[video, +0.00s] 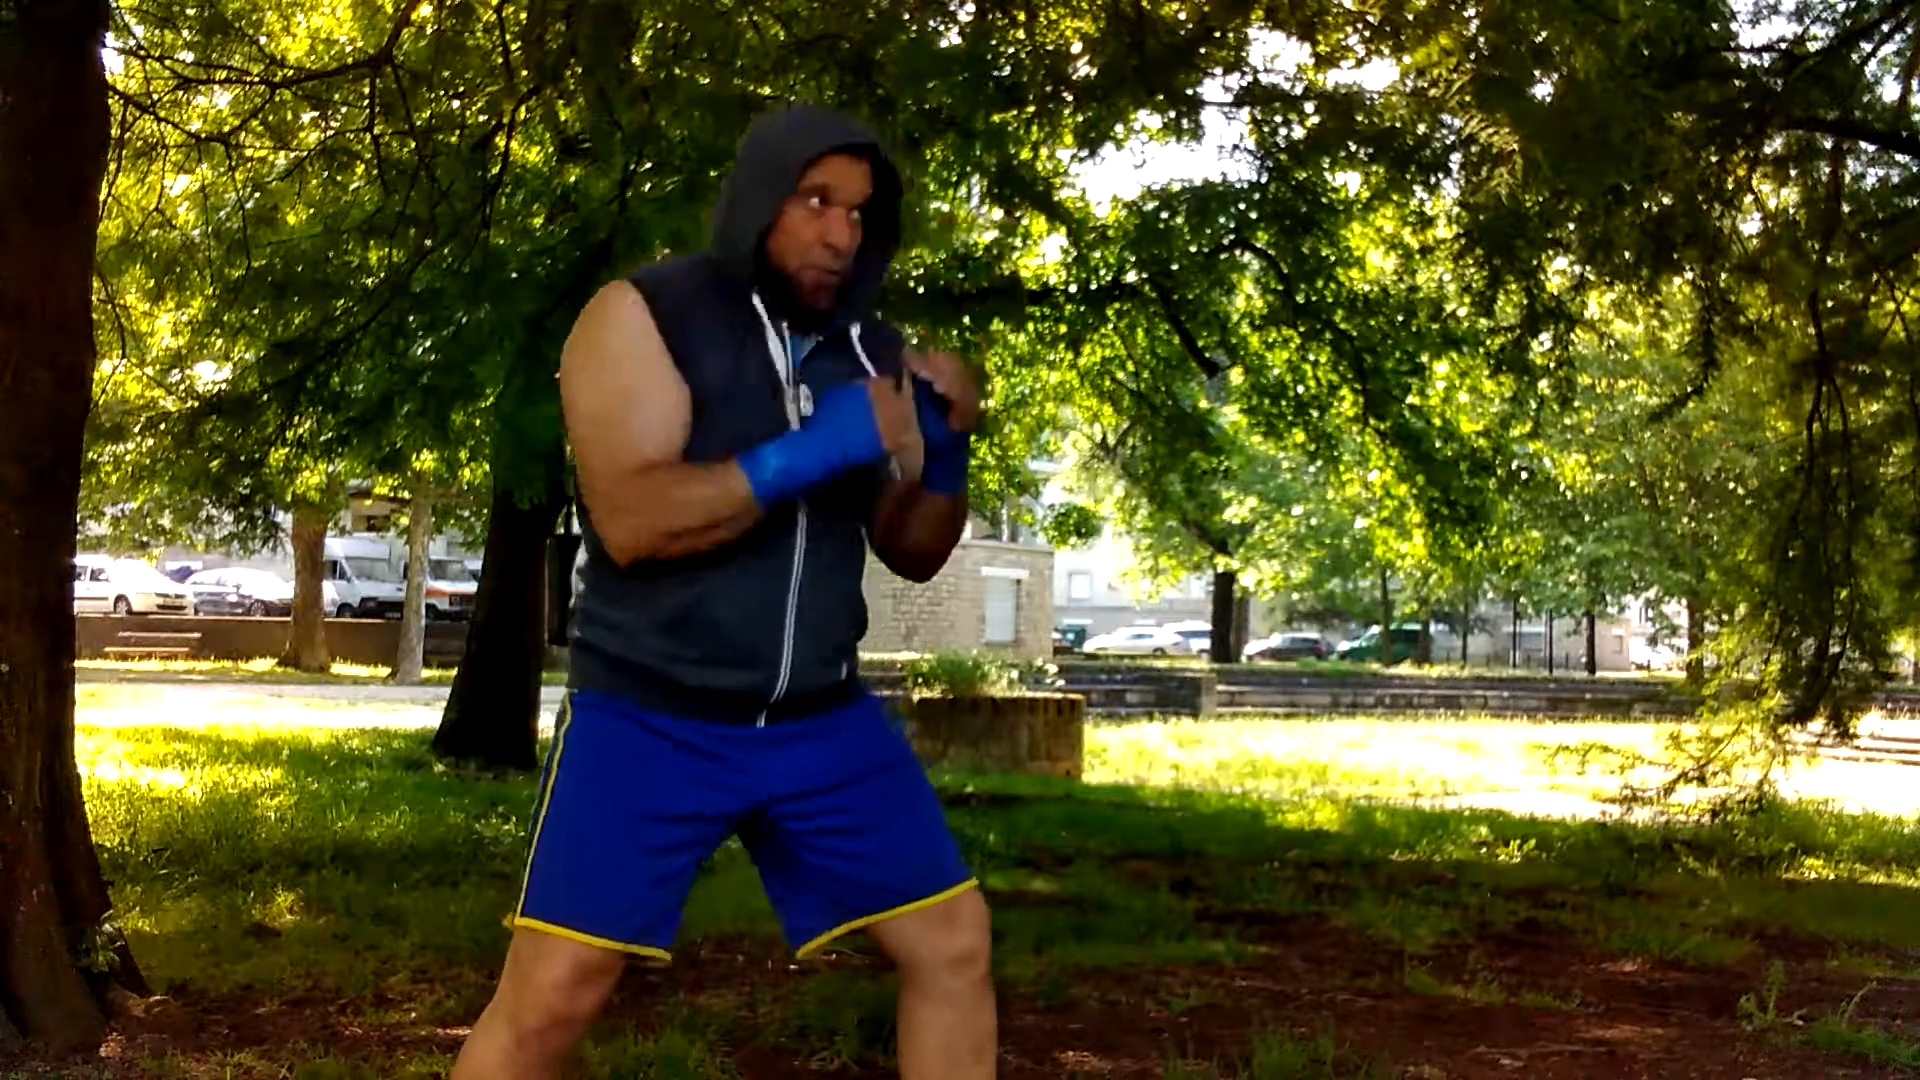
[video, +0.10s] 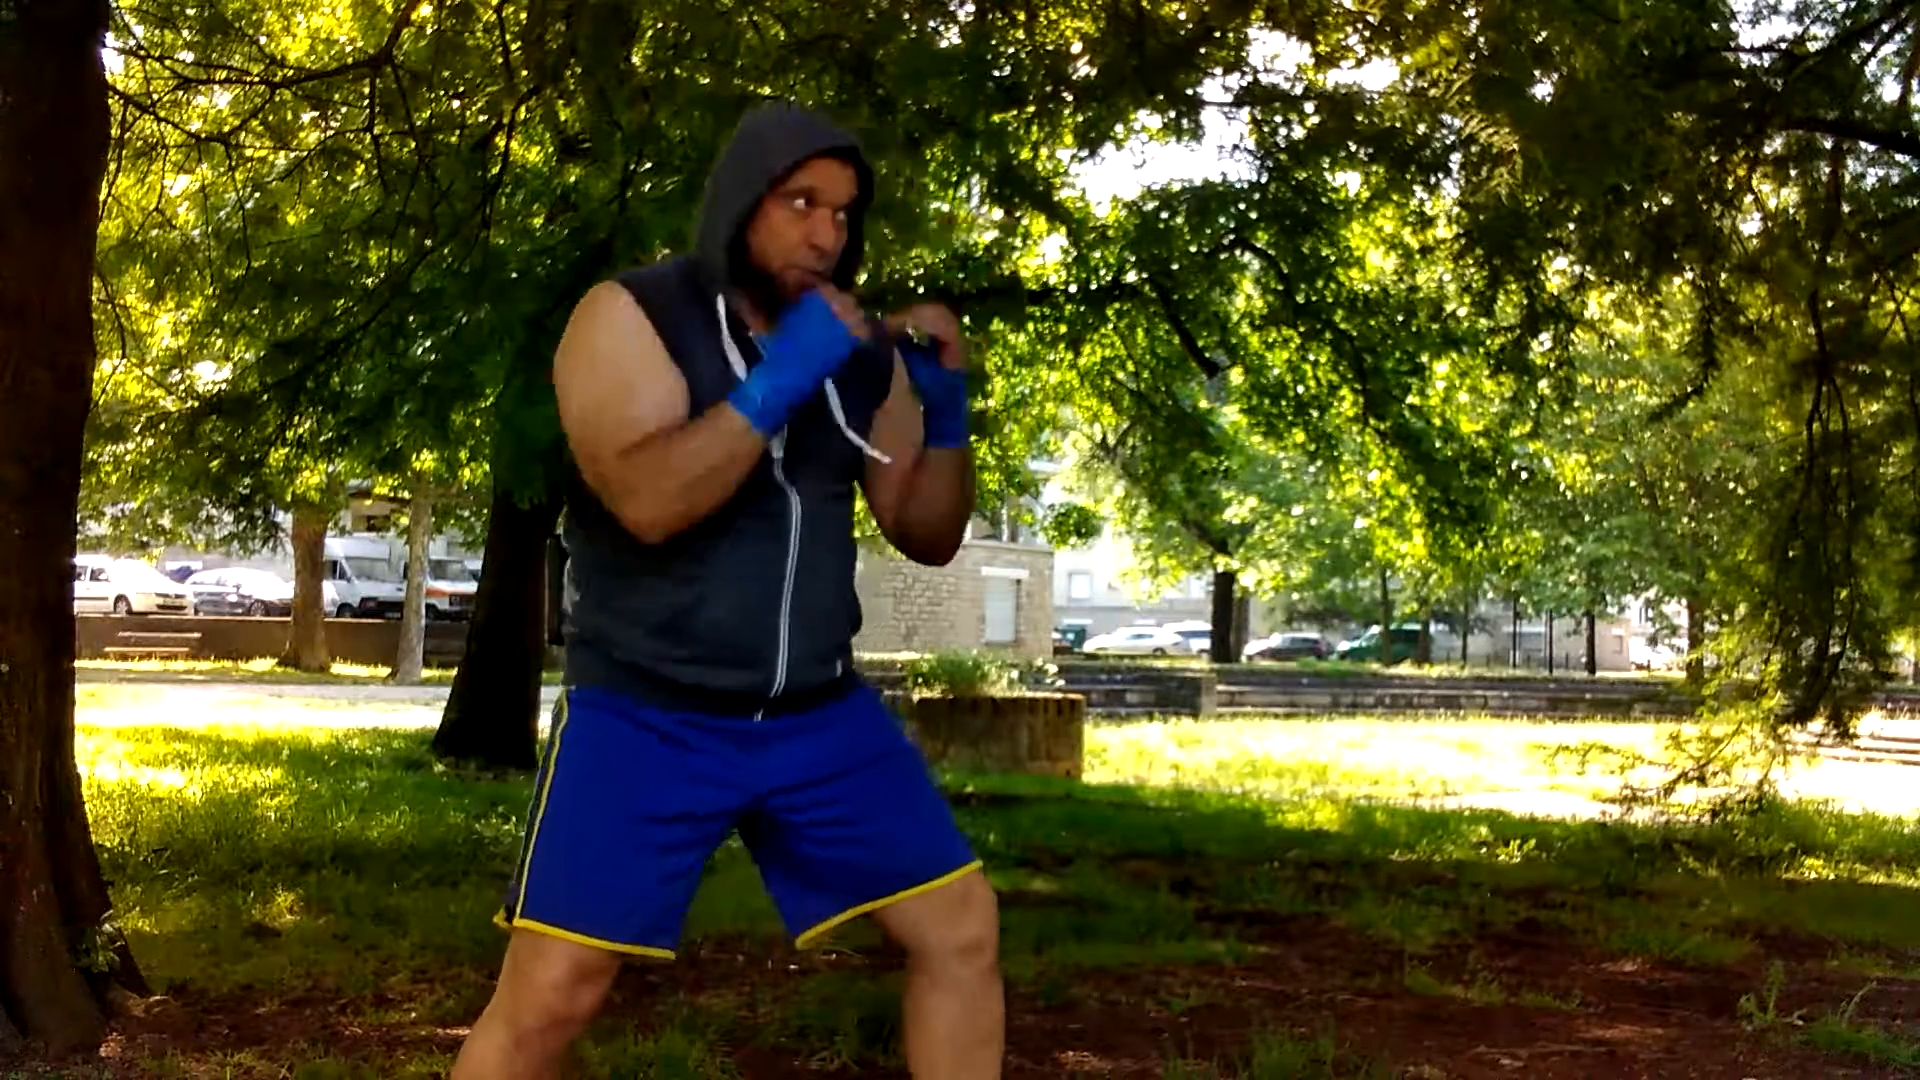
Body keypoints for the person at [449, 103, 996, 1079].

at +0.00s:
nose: (844, 233)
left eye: (859, 212)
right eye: (820, 202)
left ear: (873, 229)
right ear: (757, 202)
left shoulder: (874, 352)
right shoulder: (636, 316)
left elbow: (915, 553)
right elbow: (631, 520)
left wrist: (947, 445)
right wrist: (820, 443)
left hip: (823, 720)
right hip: (647, 722)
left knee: (951, 945)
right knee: (550, 998)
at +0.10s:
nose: (827, 233)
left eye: (843, 214)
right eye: (803, 204)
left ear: (852, 230)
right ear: (740, 202)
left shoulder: (855, 350)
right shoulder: (623, 317)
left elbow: (929, 536)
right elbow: (647, 497)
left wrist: (947, 391)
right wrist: (789, 368)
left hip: (820, 715)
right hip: (643, 717)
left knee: (958, 928)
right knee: (551, 996)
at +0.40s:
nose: (898, 255)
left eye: (917, 237)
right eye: (878, 223)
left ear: (930, 245)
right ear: (815, 213)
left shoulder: (902, 353)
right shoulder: (696, 287)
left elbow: (1029, 467)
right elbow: (833, 360)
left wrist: (1021, 277)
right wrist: (992, 213)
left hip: (842, 721)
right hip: (668, 720)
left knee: (947, 950)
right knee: (571, 1000)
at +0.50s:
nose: (912, 228)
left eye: (928, 208)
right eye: (890, 196)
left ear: (936, 223)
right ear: (824, 190)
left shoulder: (900, 340)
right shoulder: (695, 288)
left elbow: (940, 544)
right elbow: (714, 484)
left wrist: (999, 396)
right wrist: (894, 374)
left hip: (831, 706)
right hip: (662, 705)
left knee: (930, 953)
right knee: (566, 992)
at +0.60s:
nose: (887, 242)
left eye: (904, 220)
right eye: (864, 211)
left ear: (916, 232)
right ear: (801, 203)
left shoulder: (892, 362)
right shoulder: (672, 305)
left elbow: (906, 570)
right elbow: (666, 511)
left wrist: (958, 486)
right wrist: (875, 470)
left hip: (827, 721)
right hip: (652, 721)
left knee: (947, 955)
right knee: (563, 1006)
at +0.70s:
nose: (784, 247)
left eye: (806, 226)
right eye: (760, 217)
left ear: (824, 244)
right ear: (705, 222)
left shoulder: (823, 355)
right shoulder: (589, 331)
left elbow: (898, 557)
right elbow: (633, 503)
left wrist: (912, 407)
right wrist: (805, 374)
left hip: (802, 725)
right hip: (619, 734)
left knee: (927, 957)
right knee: (546, 1009)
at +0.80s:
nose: (725, 229)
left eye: (747, 206)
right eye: (700, 200)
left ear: (767, 219)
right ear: (648, 200)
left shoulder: (791, 327)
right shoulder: (543, 317)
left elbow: (894, 507)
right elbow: (574, 492)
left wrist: (880, 351)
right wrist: (731, 350)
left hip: (782, 704)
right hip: (596, 714)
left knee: (902, 940)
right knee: (529, 995)